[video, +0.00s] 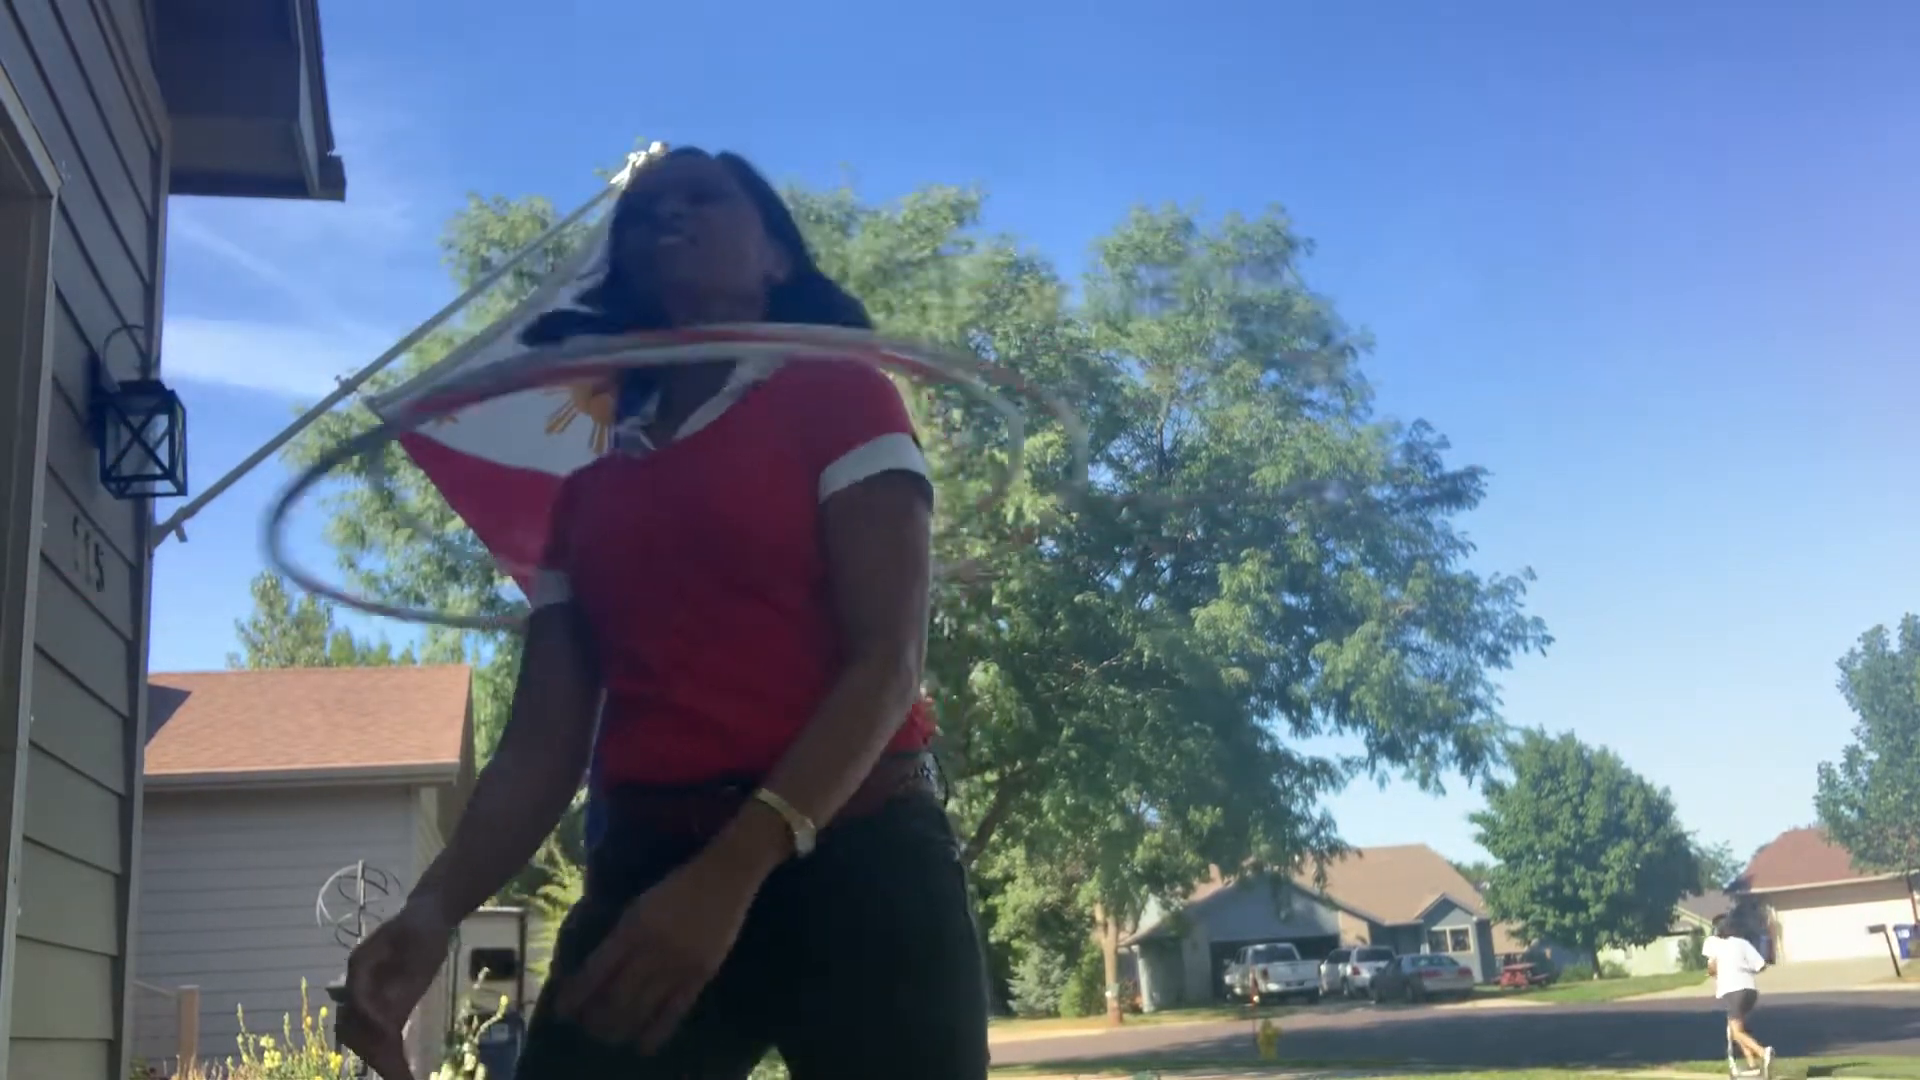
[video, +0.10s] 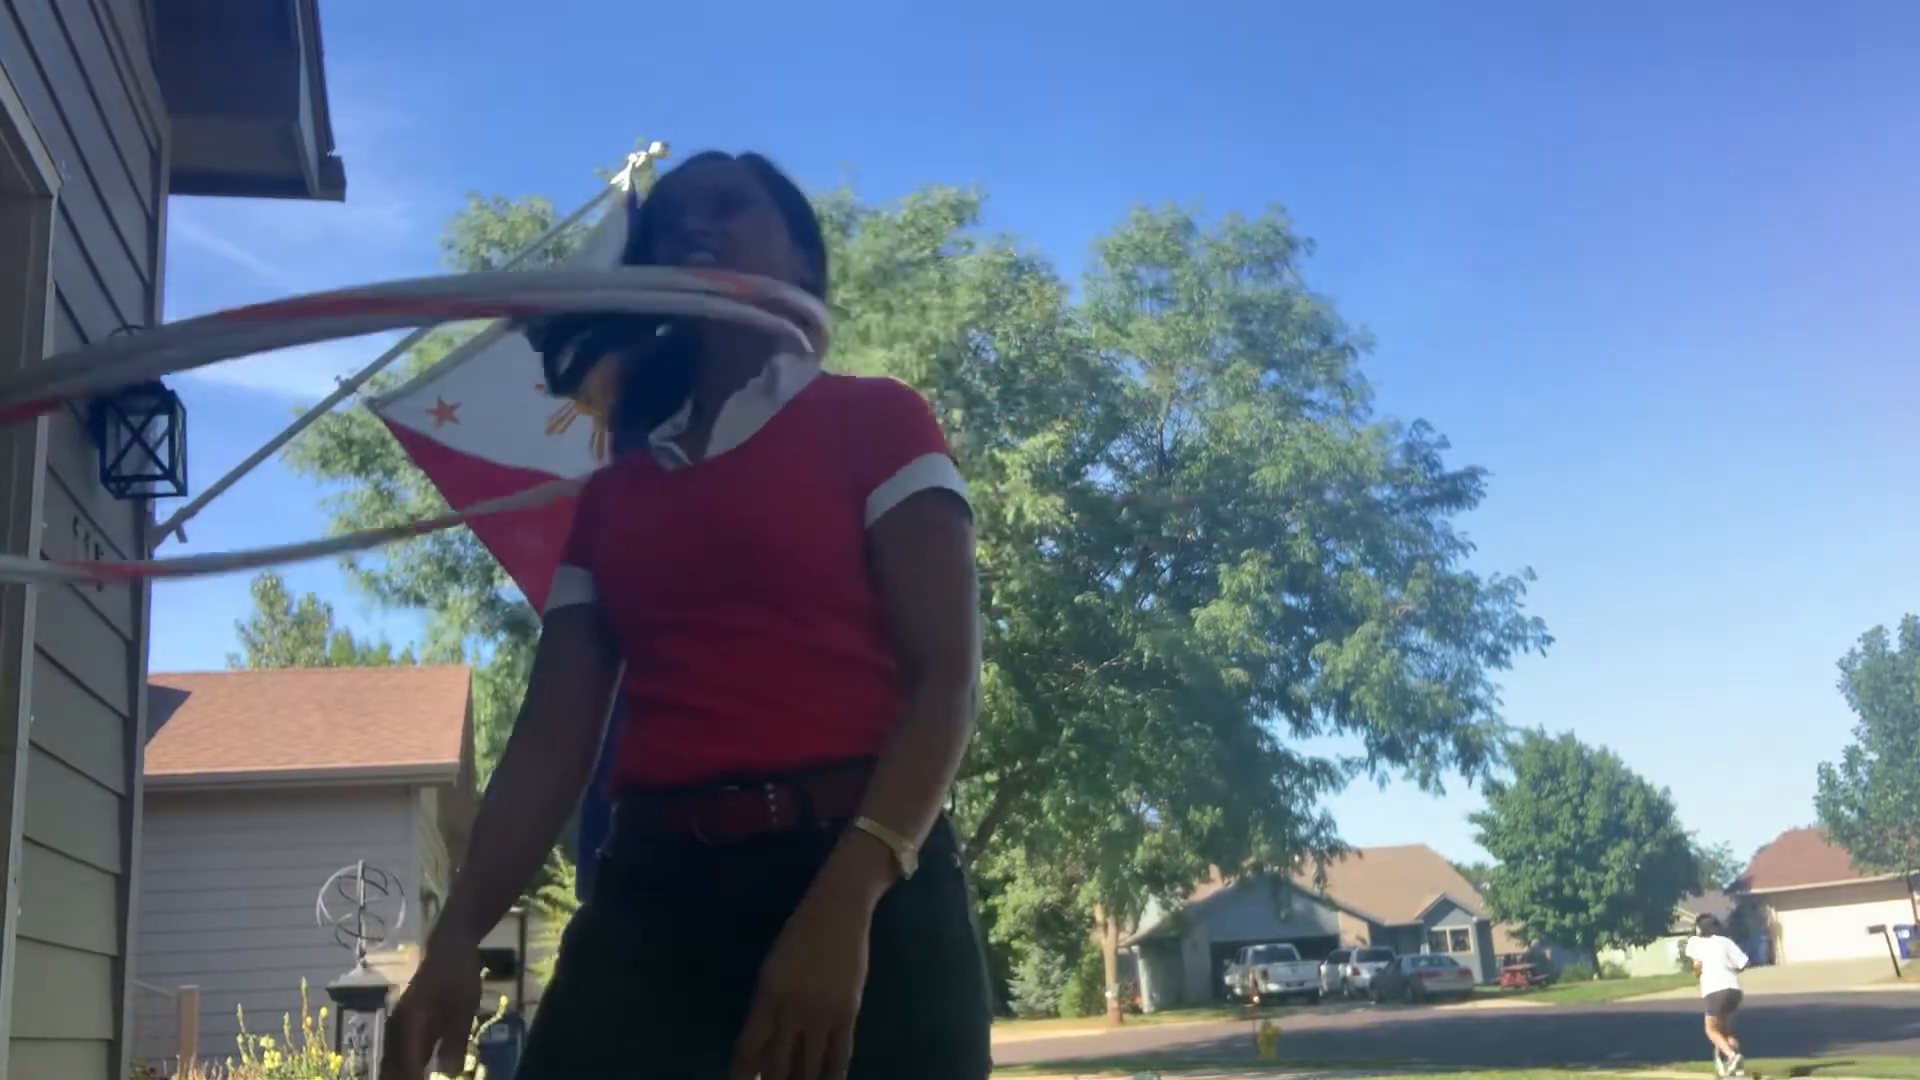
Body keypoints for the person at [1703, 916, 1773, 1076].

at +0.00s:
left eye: (1716, 929)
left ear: (1718, 930)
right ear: (1734, 929)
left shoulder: (1715, 942)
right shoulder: (1743, 942)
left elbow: (1712, 966)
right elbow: (1760, 965)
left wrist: (1713, 972)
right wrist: (1743, 970)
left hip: (1731, 988)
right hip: (1750, 987)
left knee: (1737, 1032)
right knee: (1736, 1029)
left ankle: (1763, 1053)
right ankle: (1752, 1064)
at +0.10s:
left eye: (1699, 929)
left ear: (1700, 929)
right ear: (1715, 927)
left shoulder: (1696, 942)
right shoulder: (1725, 941)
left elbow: (1697, 964)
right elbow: (1742, 962)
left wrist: (1697, 973)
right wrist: (1728, 970)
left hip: (1714, 988)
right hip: (1734, 987)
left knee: (1711, 1028)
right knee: (1725, 1026)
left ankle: (1732, 1056)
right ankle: (1735, 1062)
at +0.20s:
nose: (1684, 933)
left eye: (1684, 930)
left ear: (1687, 930)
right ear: (1701, 927)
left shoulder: (1686, 944)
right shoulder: (1712, 941)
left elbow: (1686, 967)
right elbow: (1730, 960)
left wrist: (1686, 976)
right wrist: (1717, 970)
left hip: (1704, 990)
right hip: (1723, 988)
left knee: (1696, 1026)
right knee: (1714, 1026)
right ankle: (1726, 1064)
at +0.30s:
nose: (1672, 935)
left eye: (1672, 932)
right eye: (1673, 931)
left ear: (1673, 933)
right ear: (1687, 930)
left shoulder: (1672, 948)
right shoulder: (1696, 941)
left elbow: (1674, 970)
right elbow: (1716, 959)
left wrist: (1674, 975)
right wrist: (1700, 968)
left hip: (1692, 992)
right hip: (1711, 989)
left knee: (1684, 1030)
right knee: (1702, 1028)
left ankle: (1679, 1068)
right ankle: (1713, 1064)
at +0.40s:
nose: (1656, 939)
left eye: (1657, 936)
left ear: (1659, 937)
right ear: (1674, 934)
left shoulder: (1658, 951)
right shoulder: (1685, 946)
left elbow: (1660, 972)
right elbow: (1700, 963)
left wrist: (1658, 978)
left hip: (1679, 997)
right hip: (1697, 994)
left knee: (1675, 1034)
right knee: (1689, 1033)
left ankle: (1675, 1070)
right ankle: (1698, 1065)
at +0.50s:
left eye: (1647, 936)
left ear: (1648, 937)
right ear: (1664, 935)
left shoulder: (1646, 951)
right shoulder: (1672, 946)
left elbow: (1646, 976)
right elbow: (1686, 967)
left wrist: (1644, 979)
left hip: (1666, 996)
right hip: (1684, 993)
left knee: (1669, 1034)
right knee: (1675, 1031)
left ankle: (1675, 1068)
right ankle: (1681, 1065)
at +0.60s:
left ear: (1635, 938)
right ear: (1651, 937)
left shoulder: (1632, 950)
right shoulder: (1657, 948)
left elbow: (1632, 975)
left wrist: (1630, 980)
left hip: (1654, 997)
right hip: (1672, 992)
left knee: (1664, 1039)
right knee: (1660, 1030)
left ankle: (1673, 1070)